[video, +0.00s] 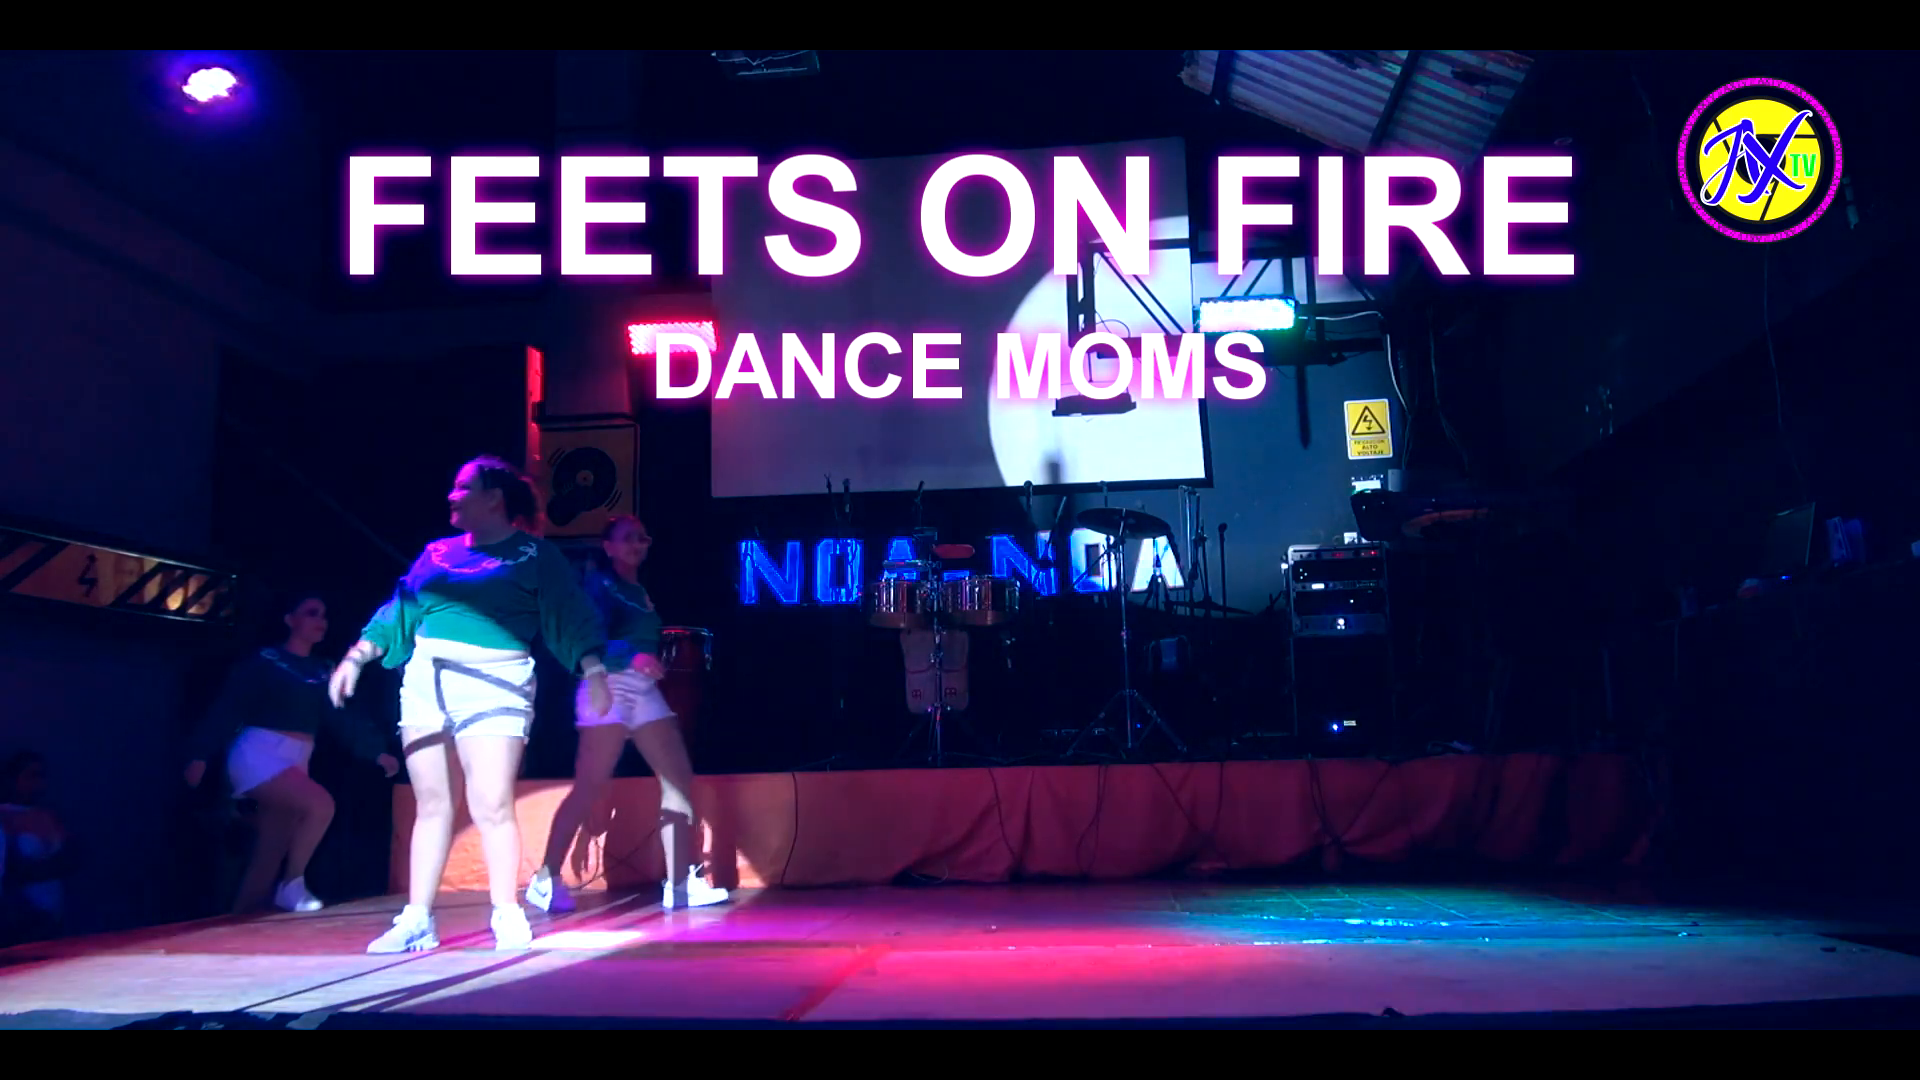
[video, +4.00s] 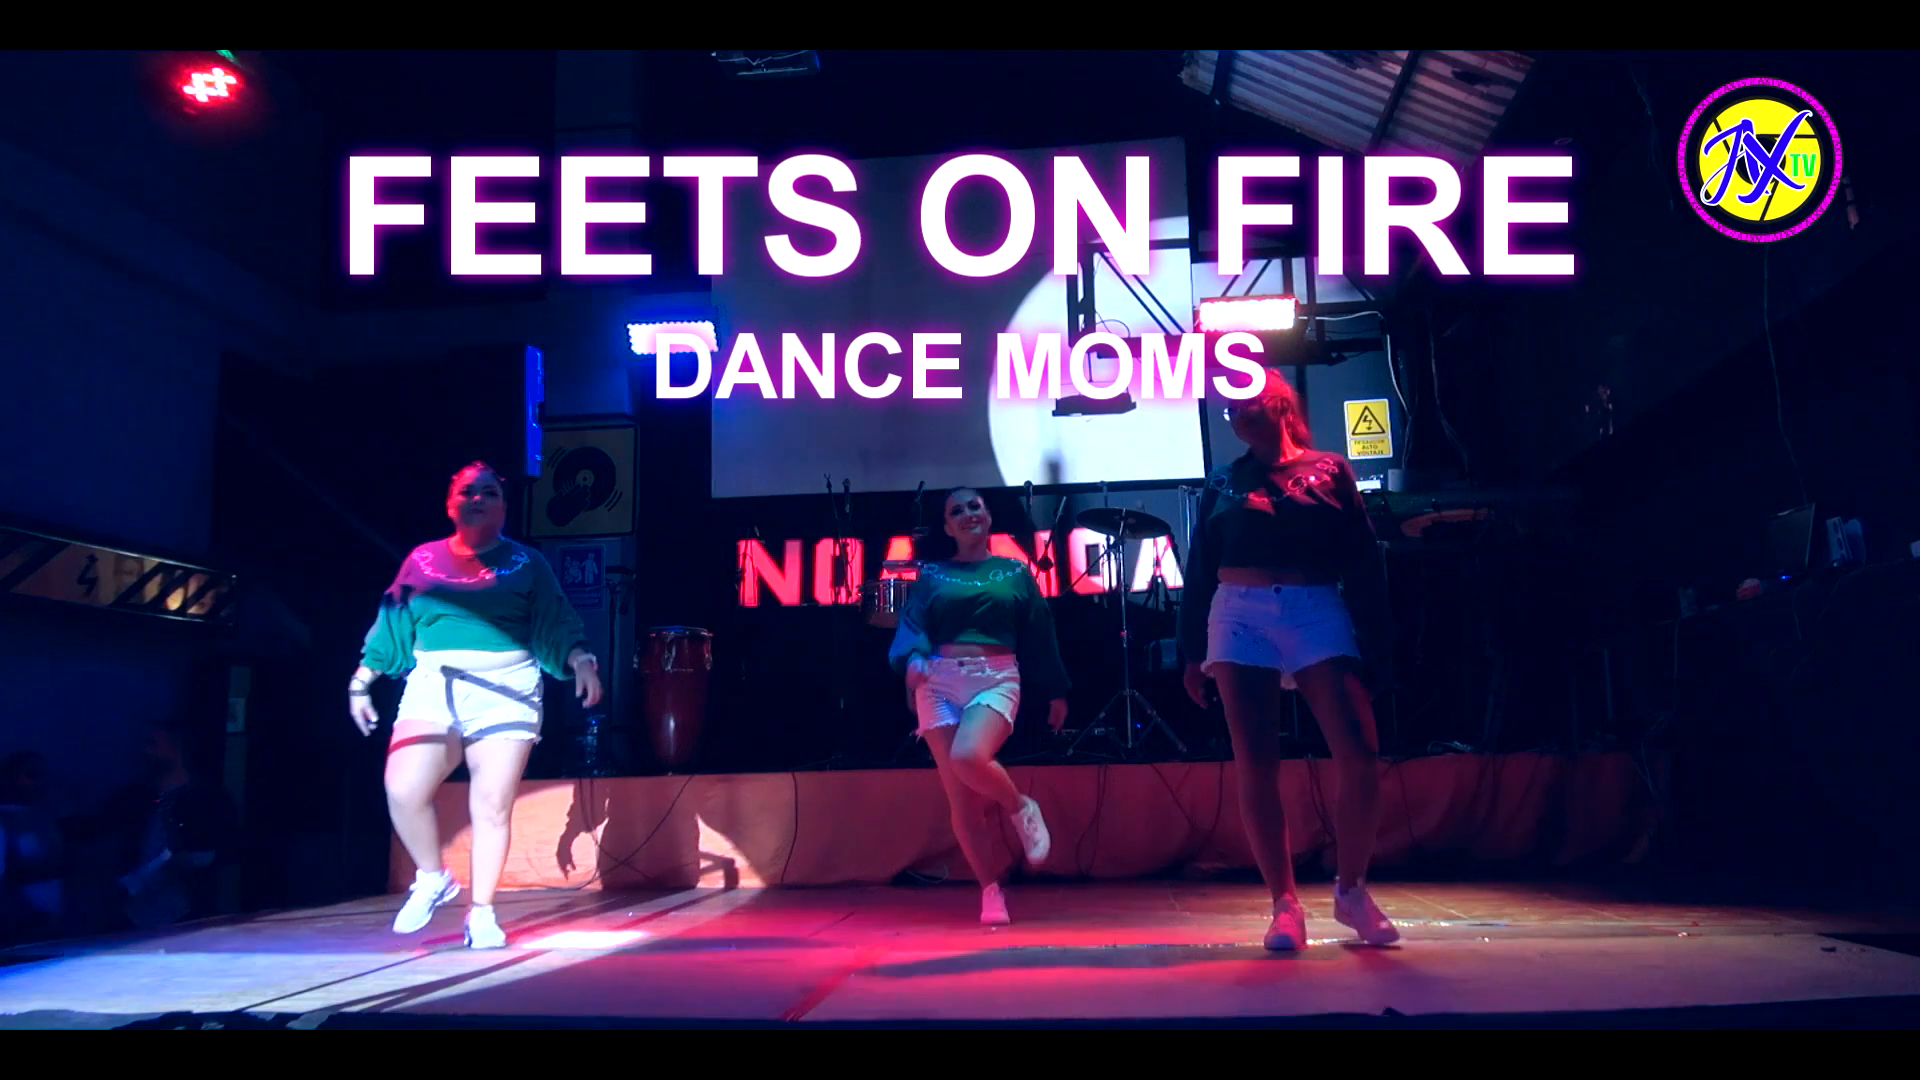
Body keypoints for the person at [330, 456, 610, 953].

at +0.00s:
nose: (453, 496)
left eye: (465, 489)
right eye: (454, 489)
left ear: (498, 500)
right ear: (466, 500)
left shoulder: (536, 556)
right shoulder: (437, 553)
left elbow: (573, 615)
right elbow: (399, 609)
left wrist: (595, 672)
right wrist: (358, 654)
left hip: (494, 681)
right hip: (424, 680)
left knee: (493, 804)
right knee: (432, 806)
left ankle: (506, 912)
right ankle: (417, 918)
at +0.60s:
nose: (469, 498)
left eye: (479, 491)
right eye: (471, 490)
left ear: (509, 499)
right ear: (487, 500)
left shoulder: (546, 553)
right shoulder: (460, 558)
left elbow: (564, 619)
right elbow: (440, 628)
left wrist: (555, 671)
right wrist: (428, 686)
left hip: (523, 690)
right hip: (459, 692)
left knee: (516, 802)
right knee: (435, 801)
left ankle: (514, 913)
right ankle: (423, 914)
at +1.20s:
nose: (481, 500)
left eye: (494, 494)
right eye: (476, 492)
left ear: (519, 509)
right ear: (466, 502)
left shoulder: (540, 564)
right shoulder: (441, 560)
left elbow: (578, 621)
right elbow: (408, 617)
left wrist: (602, 676)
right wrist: (369, 657)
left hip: (514, 683)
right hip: (445, 685)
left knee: (506, 801)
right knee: (460, 807)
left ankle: (514, 911)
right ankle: (470, 912)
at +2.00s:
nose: (489, 505)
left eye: (500, 499)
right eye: (480, 498)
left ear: (517, 508)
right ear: (466, 507)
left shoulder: (535, 554)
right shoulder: (443, 560)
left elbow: (573, 621)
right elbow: (426, 626)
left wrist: (563, 608)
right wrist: (431, 674)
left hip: (524, 682)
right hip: (454, 685)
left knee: (517, 800)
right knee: (440, 803)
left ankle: (515, 909)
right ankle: (456, 904)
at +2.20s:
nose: (484, 509)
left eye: (494, 502)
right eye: (475, 501)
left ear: (511, 511)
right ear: (459, 509)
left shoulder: (529, 566)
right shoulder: (428, 562)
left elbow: (553, 642)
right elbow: (401, 629)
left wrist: (556, 628)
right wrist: (384, 688)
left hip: (512, 685)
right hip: (441, 690)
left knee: (509, 804)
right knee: (443, 809)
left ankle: (512, 908)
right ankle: (458, 912)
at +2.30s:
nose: (478, 512)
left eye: (489, 504)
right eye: (469, 505)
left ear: (507, 514)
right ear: (456, 514)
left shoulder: (526, 572)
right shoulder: (427, 565)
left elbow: (549, 630)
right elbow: (385, 617)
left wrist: (552, 659)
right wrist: (341, 669)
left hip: (505, 687)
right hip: (434, 690)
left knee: (500, 802)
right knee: (440, 811)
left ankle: (509, 907)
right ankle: (457, 914)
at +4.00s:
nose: (476, 497)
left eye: (487, 492)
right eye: (466, 491)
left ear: (504, 508)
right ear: (450, 507)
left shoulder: (526, 564)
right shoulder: (422, 560)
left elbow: (556, 623)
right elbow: (390, 628)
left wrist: (581, 657)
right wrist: (360, 682)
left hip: (507, 685)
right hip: (431, 684)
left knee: (493, 803)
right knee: (403, 789)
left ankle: (482, 911)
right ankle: (432, 877)